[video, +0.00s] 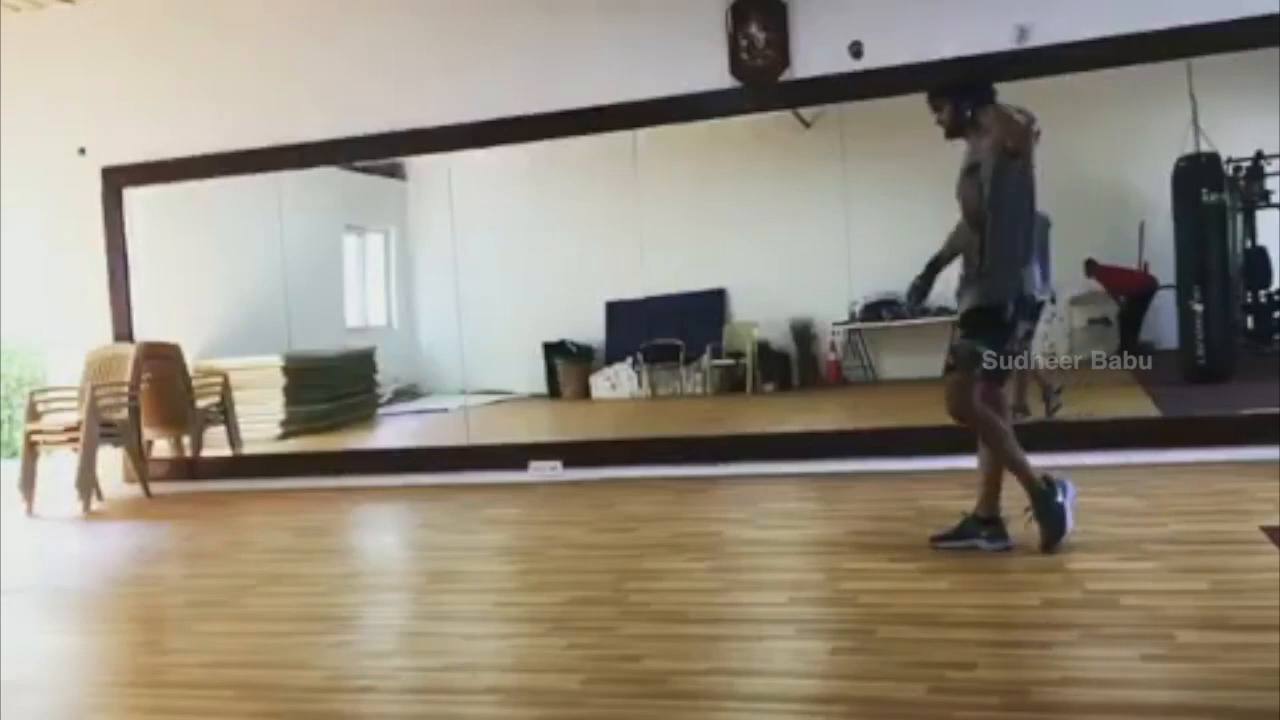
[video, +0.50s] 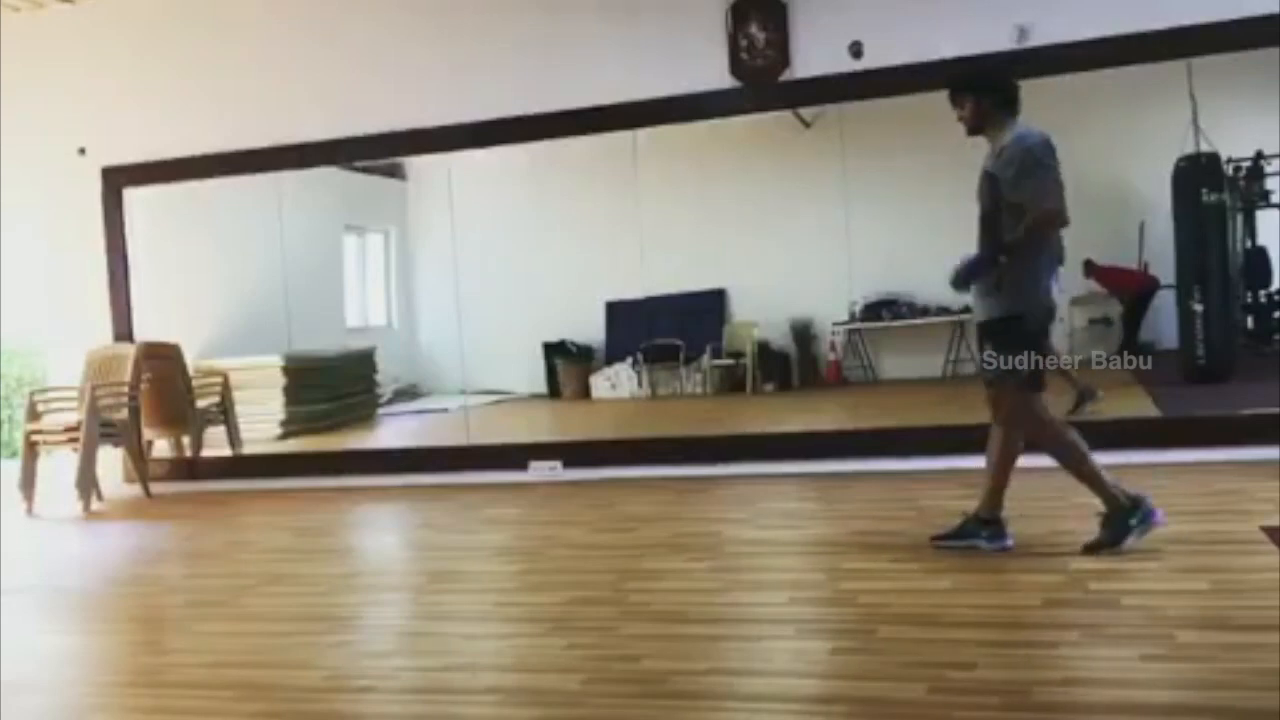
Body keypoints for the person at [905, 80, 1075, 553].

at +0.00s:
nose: (936, 120)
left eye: (938, 110)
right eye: (934, 111)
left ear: (961, 105)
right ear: (964, 105)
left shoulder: (1002, 137)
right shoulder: (979, 150)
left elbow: (1010, 225)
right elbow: (972, 225)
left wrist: (994, 299)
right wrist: (933, 268)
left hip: (1003, 293)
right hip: (992, 291)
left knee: (962, 400)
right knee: (994, 402)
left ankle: (1041, 490)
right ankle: (986, 515)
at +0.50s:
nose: (957, 117)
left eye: (960, 106)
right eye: (956, 107)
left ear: (983, 103)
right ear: (987, 103)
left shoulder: (1027, 148)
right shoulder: (1005, 154)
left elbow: (1049, 215)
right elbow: (1030, 227)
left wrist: (987, 259)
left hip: (1018, 308)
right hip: (1005, 307)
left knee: (1023, 412)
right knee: (1009, 411)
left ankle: (1120, 505)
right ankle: (988, 517)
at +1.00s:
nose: (1016, 108)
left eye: (1019, 97)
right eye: (1014, 99)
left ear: (1045, 95)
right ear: (1054, 95)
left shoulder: (1092, 148)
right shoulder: (1078, 143)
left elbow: (1094, 233)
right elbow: (1092, 225)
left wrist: (1096, 302)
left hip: (1100, 302)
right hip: (1073, 298)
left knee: (1111, 397)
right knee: (1048, 387)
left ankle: (1144, 517)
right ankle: (1065, 507)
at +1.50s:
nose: (1040, 106)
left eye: (1043, 97)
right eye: (1038, 97)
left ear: (1066, 96)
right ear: (1080, 92)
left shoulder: (1111, 158)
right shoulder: (1095, 132)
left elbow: (1120, 247)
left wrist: (1118, 319)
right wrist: (1076, 201)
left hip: (1110, 300)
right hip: (1083, 292)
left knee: (1122, 400)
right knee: (1071, 387)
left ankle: (1145, 518)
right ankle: (1177, 463)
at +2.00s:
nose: (1017, 109)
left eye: (1019, 98)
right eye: (1015, 99)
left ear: (1041, 95)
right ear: (1057, 91)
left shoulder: (1073, 147)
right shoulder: (1093, 134)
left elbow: (1082, 229)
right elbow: (1105, 220)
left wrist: (1068, 293)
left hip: (1101, 298)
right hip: (1107, 292)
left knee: (1114, 401)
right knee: (1054, 394)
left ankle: (1145, 519)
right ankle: (1024, 504)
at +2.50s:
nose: (973, 107)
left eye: (976, 94)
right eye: (970, 98)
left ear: (1000, 86)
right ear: (1000, 87)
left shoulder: (1020, 122)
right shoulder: (1011, 130)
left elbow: (986, 36)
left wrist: (967, 0)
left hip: (1024, 277)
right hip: (1018, 277)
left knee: (1020, 399)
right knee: (1015, 400)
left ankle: (1121, 503)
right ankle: (999, 515)